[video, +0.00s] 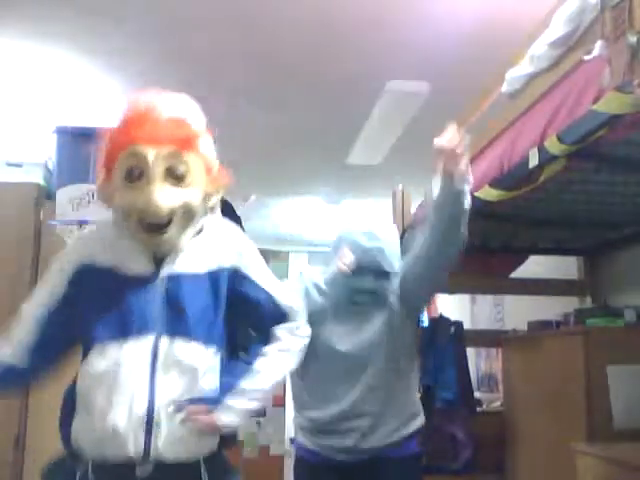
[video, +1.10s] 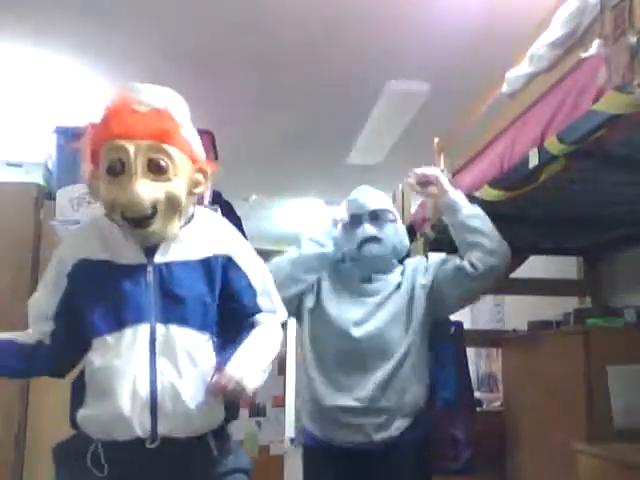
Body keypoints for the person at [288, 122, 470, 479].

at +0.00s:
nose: (364, 281)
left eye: (373, 273)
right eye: (355, 270)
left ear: (387, 273)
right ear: (336, 266)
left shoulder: (400, 300)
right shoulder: (308, 301)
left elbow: (439, 248)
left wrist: (451, 178)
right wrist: (335, 277)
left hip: (392, 455)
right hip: (320, 457)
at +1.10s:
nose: (368, 229)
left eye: (379, 218)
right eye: (354, 220)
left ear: (400, 228)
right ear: (341, 232)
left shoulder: (422, 279)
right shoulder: (316, 279)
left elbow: (491, 260)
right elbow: (261, 288)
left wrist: (448, 200)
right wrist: (333, 254)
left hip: (400, 447)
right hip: (327, 449)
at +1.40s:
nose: (362, 231)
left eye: (376, 222)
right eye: (351, 219)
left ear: (394, 231)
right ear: (332, 225)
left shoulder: (402, 276)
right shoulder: (311, 272)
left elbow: (471, 270)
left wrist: (469, 195)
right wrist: (320, 228)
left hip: (401, 433)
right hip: (328, 437)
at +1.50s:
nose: (355, 228)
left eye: (366, 218)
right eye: (345, 217)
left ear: (380, 224)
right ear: (322, 222)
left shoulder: (390, 269)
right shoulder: (296, 279)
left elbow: (435, 249)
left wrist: (464, 176)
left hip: (394, 433)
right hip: (319, 437)